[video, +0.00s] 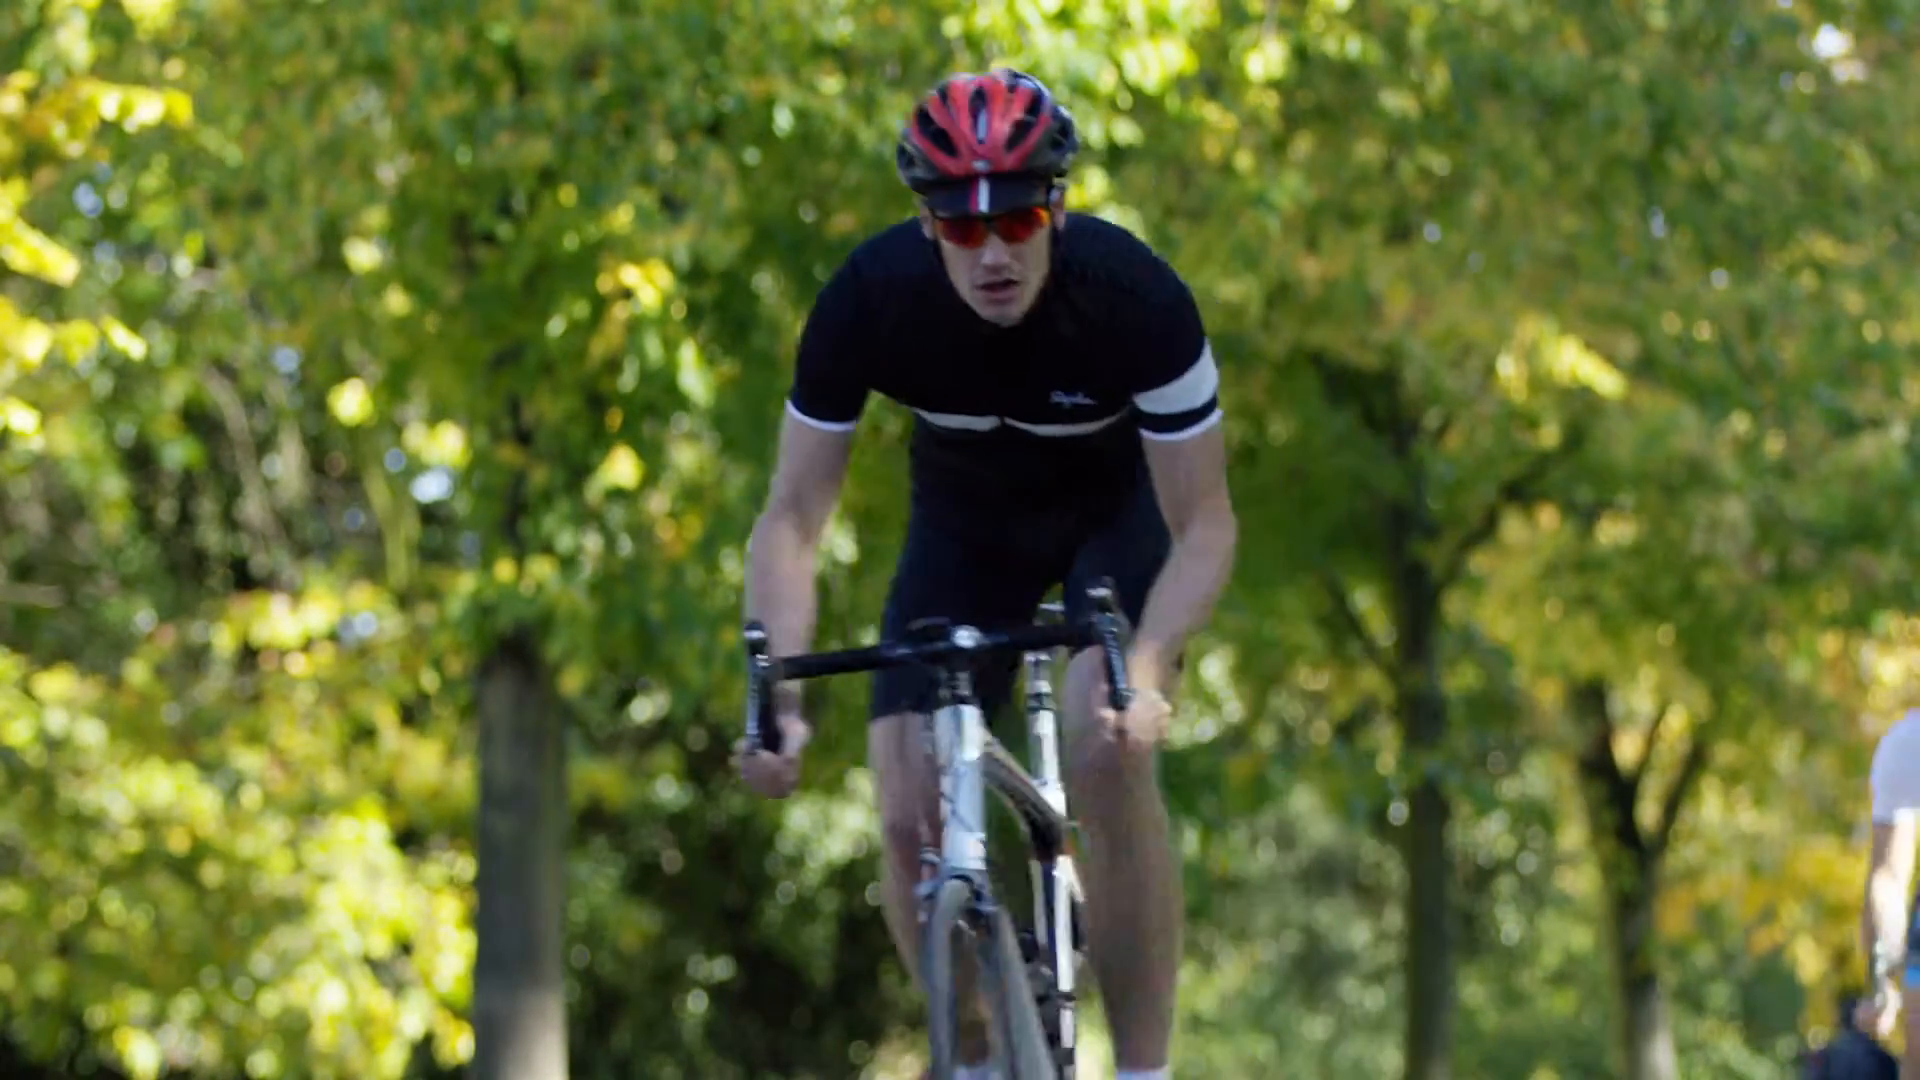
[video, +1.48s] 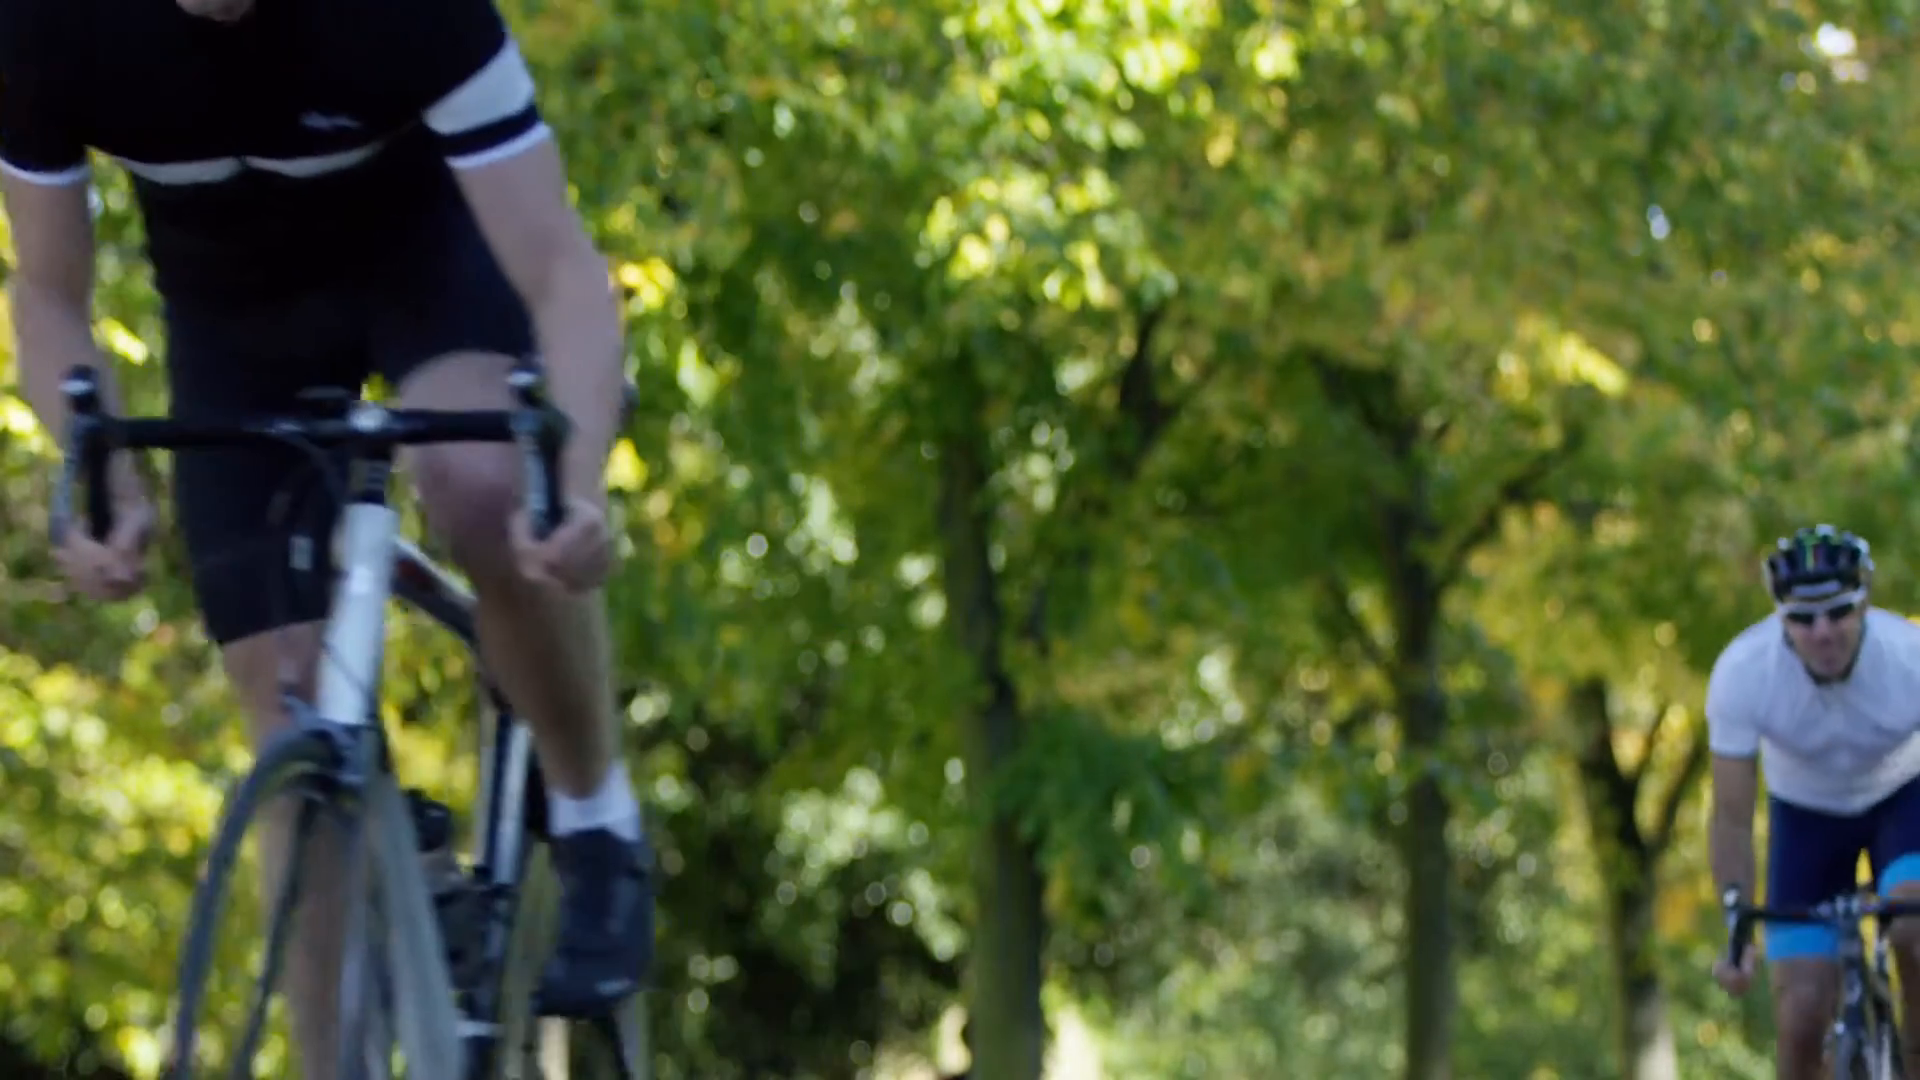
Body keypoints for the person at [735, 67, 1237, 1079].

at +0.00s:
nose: (993, 254)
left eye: (1017, 222)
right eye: (964, 228)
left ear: (1057, 208)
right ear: (928, 220)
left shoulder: (1136, 296)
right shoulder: (867, 301)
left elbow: (1205, 519)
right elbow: (794, 514)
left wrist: (1152, 664)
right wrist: (779, 696)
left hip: (1118, 514)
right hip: (960, 515)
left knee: (1111, 752)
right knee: (907, 812)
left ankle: (1144, 1069)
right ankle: (971, 1062)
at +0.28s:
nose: (854, 218)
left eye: (879, 186)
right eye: (826, 192)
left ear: (929, 169)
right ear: (792, 185)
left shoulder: (1023, 262)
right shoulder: (750, 277)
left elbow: (1109, 496)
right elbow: (675, 493)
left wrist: (1036, 637)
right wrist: (643, 675)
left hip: (1030, 490)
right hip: (863, 481)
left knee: (1022, 827)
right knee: (762, 722)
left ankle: (1047, 1070)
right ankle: (843, 981)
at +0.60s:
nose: (675, 160)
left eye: (704, 126)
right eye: (644, 131)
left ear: (760, 103)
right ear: (614, 121)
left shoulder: (871, 186)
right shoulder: (583, 223)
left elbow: (1006, 433)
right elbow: (533, 463)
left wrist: (945, 592)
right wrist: (534, 631)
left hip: (901, 412)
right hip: (733, 411)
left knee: (929, 817)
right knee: (645, 602)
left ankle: (949, 1073)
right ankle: (708, 928)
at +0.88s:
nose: (525, 80)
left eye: (553, 45)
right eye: (494, 52)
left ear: (612, 25)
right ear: (463, 46)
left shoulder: (727, 100)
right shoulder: (420, 154)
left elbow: (891, 344)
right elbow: (422, 411)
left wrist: (888, 557)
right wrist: (447, 585)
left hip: (776, 341)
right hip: (588, 353)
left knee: (837, 736)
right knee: (561, 611)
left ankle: (899, 1064)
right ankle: (635, 1003)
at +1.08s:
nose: (417, 30)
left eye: (448, 1)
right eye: (387, 4)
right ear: (355, 4)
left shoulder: (624, 62)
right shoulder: (301, 111)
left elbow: (795, 316)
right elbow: (323, 368)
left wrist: (824, 531)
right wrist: (370, 535)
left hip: (680, 316)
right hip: (480, 341)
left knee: (760, 679)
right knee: (495, 671)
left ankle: (837, 985)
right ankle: (557, 1065)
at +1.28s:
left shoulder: (516, 27)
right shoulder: (181, 69)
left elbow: (684, 289)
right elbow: (202, 336)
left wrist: (730, 513)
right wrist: (250, 500)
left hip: (565, 293)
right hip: (361, 336)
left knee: (633, 581)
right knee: (411, 726)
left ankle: (739, 879)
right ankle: (464, 1069)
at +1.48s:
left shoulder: (408, 5)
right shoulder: (51, 27)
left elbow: (561, 264)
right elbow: (48, 284)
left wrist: (577, 481)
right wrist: (94, 463)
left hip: (426, 241)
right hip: (224, 285)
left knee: (478, 485)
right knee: (290, 727)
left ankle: (597, 826)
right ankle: (336, 1062)